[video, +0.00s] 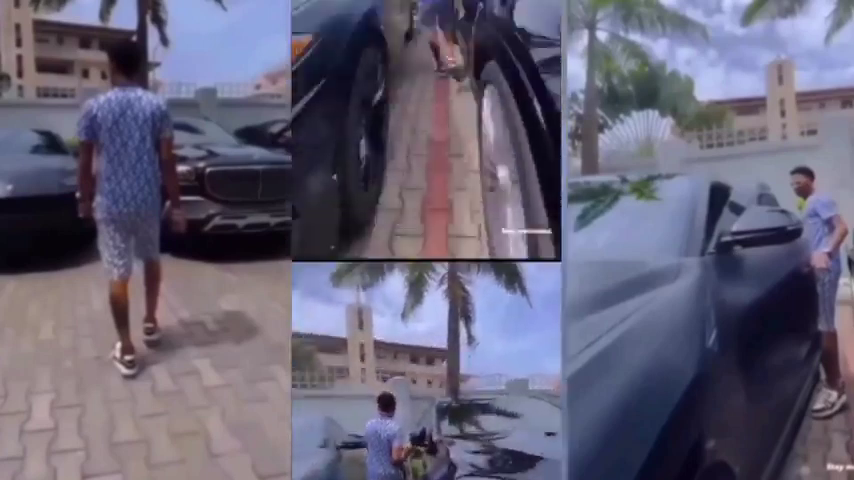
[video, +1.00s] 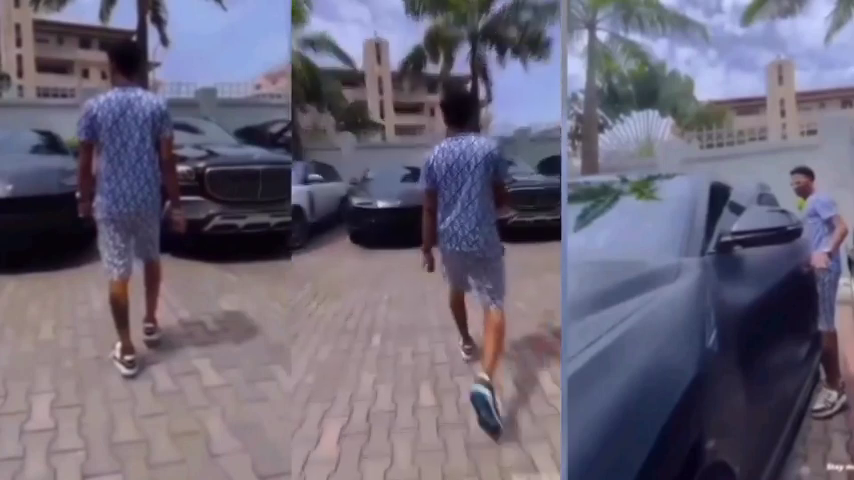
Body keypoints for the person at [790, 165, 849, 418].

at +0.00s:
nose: (796, 188)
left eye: (799, 183)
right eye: (794, 185)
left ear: (811, 181)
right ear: (796, 185)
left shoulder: (821, 201)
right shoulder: (808, 206)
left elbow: (841, 228)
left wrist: (827, 252)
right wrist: (809, 256)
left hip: (825, 269)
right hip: (814, 269)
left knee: (825, 328)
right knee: (821, 327)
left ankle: (835, 388)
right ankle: (831, 385)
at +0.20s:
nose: (796, 188)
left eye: (799, 183)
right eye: (794, 185)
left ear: (811, 181)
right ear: (796, 185)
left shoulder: (821, 201)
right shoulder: (808, 206)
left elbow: (841, 228)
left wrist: (827, 252)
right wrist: (809, 256)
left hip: (825, 269)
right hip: (814, 269)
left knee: (825, 328)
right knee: (821, 327)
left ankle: (835, 388)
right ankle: (831, 385)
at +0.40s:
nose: (796, 187)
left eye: (799, 183)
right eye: (793, 184)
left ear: (811, 181)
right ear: (797, 185)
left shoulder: (821, 201)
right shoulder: (809, 205)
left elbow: (842, 227)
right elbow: (820, 234)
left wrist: (827, 253)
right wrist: (810, 255)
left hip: (825, 268)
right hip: (815, 268)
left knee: (825, 327)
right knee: (822, 327)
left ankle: (834, 388)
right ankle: (830, 385)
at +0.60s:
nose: (796, 187)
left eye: (799, 183)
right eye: (793, 184)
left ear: (811, 181)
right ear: (797, 185)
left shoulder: (821, 201)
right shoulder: (809, 205)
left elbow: (842, 227)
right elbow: (820, 234)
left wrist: (827, 253)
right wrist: (810, 255)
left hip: (825, 268)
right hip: (815, 268)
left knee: (825, 327)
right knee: (822, 327)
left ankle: (834, 388)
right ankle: (830, 385)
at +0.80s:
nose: (796, 187)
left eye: (799, 183)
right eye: (793, 184)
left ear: (811, 181)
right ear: (797, 185)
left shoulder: (821, 201)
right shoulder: (809, 205)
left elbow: (842, 227)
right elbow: (820, 234)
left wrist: (827, 253)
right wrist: (810, 255)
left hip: (825, 268)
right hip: (815, 268)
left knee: (825, 327)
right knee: (822, 327)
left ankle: (834, 388)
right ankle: (830, 385)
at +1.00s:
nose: (796, 187)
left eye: (799, 183)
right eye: (793, 184)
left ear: (811, 181)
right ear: (797, 185)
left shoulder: (821, 201)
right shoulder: (809, 205)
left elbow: (842, 227)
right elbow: (820, 234)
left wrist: (827, 253)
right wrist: (810, 255)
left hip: (825, 268)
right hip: (815, 268)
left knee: (825, 327)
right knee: (822, 327)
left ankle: (834, 388)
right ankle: (830, 385)